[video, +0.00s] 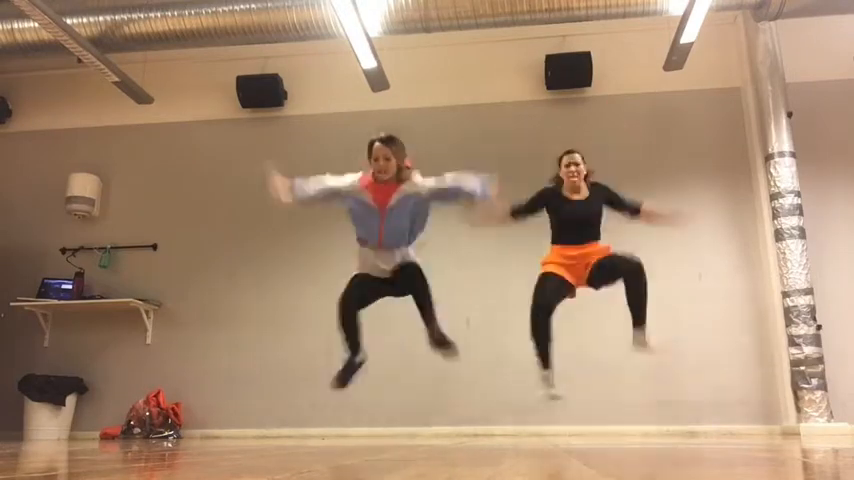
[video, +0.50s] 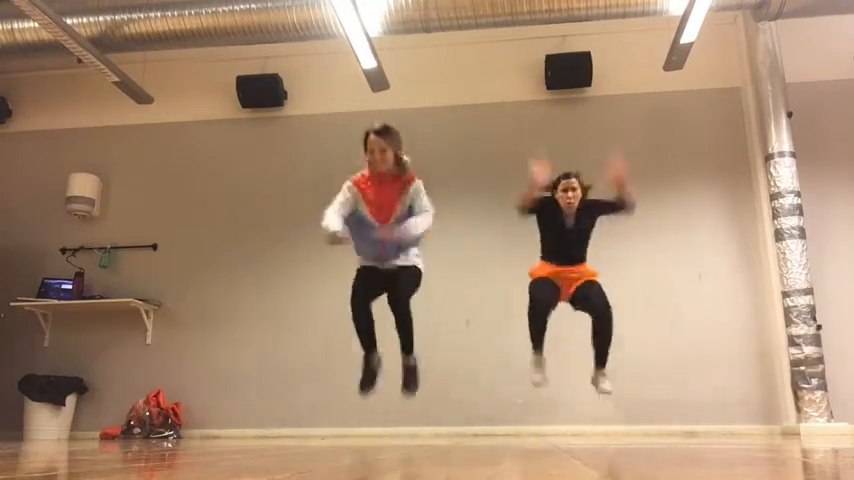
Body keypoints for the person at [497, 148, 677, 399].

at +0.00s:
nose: (573, 168)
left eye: (577, 164)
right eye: (568, 165)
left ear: (585, 168)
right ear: (560, 171)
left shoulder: (598, 191)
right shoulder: (550, 195)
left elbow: (630, 209)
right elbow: (521, 211)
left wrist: (667, 217)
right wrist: (499, 211)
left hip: (594, 262)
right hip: (561, 266)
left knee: (633, 266)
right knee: (540, 306)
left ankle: (639, 335)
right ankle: (546, 372)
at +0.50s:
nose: (569, 195)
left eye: (574, 190)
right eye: (564, 190)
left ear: (582, 193)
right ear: (556, 193)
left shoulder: (590, 208)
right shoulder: (545, 206)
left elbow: (625, 206)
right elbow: (523, 207)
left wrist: (621, 184)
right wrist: (534, 189)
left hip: (579, 279)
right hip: (548, 277)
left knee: (602, 310)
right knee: (539, 301)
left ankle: (600, 372)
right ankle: (537, 357)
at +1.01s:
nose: (560, 247)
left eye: (564, 242)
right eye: (555, 243)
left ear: (574, 247)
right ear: (550, 249)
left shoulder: (588, 274)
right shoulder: (544, 264)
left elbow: (610, 312)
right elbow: (519, 252)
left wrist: (633, 345)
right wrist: (505, 233)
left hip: (573, 339)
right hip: (543, 338)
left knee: (605, 368)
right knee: (533, 397)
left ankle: (580, 419)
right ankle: (527, 420)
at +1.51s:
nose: (555, 263)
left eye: (559, 258)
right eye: (550, 259)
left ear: (566, 262)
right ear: (542, 263)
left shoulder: (573, 288)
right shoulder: (537, 285)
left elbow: (589, 297)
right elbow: (533, 260)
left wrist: (599, 285)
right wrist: (540, 228)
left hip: (575, 361)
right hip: (542, 363)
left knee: (579, 427)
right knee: (532, 430)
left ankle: (605, 418)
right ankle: (520, 420)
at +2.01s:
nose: (533, 254)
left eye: (537, 250)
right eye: (527, 252)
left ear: (546, 254)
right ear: (523, 261)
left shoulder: (558, 262)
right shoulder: (529, 290)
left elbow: (580, 227)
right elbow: (519, 325)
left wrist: (595, 189)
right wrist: (499, 306)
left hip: (573, 347)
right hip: (547, 347)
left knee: (579, 420)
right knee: (501, 357)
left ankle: (648, 431)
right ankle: (527, 422)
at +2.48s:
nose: (509, 219)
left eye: (513, 213)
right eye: (505, 217)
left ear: (528, 211)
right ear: (504, 223)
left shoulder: (554, 230)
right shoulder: (509, 248)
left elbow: (589, 249)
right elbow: (518, 272)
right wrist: (540, 275)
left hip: (574, 296)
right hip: (547, 305)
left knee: (563, 354)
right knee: (515, 352)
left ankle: (603, 417)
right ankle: (542, 413)